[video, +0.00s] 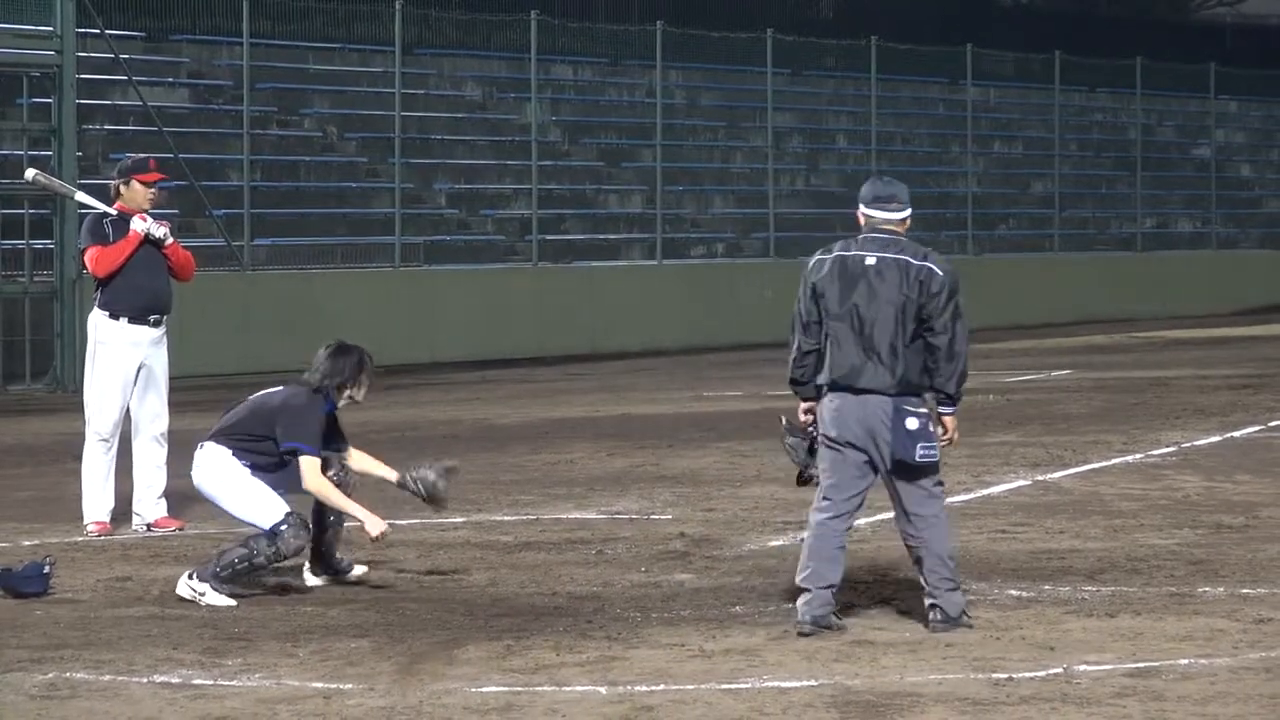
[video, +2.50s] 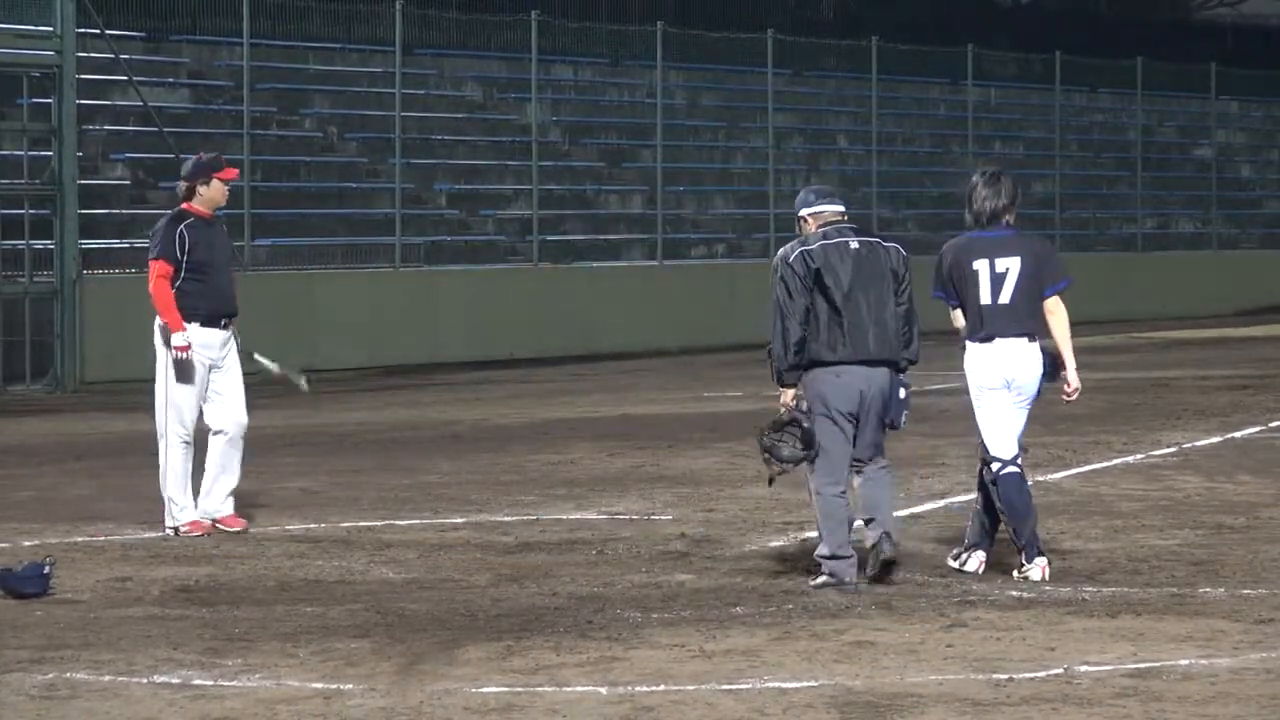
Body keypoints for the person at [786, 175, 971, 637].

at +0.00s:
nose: (898, 224)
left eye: (865, 214)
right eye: (901, 218)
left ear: (859, 217)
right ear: (906, 221)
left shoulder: (824, 262)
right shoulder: (932, 268)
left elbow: (807, 336)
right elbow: (946, 344)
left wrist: (806, 393)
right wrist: (947, 404)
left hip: (843, 405)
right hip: (907, 407)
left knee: (832, 506)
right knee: (925, 505)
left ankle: (814, 606)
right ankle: (945, 605)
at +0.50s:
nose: (922, 216)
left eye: (921, 210)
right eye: (954, 214)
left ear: (920, 212)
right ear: (965, 217)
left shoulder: (879, 254)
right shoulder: (988, 265)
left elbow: (858, 324)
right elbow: (1007, 336)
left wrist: (854, 382)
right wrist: (1012, 398)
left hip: (889, 393)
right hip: (950, 397)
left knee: (890, 494)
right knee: (950, 502)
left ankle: (885, 596)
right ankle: (949, 604)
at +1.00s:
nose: (894, 219)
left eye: (892, 213)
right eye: (921, 216)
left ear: (890, 215)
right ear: (934, 220)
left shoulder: (856, 264)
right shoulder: (961, 264)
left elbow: (844, 334)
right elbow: (978, 335)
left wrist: (844, 392)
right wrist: (980, 395)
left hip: (880, 398)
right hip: (938, 398)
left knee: (887, 496)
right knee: (951, 487)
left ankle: (889, 593)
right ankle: (949, 579)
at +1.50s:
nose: (917, 218)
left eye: (912, 213)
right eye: (915, 214)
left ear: (870, 217)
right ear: (910, 217)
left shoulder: (840, 265)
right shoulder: (944, 261)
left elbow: (822, 332)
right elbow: (962, 326)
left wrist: (820, 389)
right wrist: (963, 384)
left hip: (870, 392)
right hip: (926, 391)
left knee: (882, 489)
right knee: (922, 484)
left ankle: (892, 589)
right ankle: (915, 571)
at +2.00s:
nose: (853, 219)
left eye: (853, 214)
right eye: (857, 213)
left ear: (858, 215)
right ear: (897, 213)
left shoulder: (834, 254)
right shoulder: (930, 255)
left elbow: (818, 325)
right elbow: (944, 319)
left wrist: (814, 380)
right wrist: (928, 367)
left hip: (855, 382)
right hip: (910, 382)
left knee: (849, 477)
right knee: (907, 477)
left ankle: (853, 571)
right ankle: (907, 571)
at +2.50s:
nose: (799, 228)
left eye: (799, 223)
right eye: (800, 223)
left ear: (808, 220)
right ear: (844, 217)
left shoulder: (795, 257)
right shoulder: (888, 252)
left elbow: (791, 324)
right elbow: (904, 316)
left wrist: (789, 381)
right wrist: (899, 367)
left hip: (826, 378)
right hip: (879, 375)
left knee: (829, 477)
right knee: (871, 461)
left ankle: (838, 567)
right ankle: (882, 535)